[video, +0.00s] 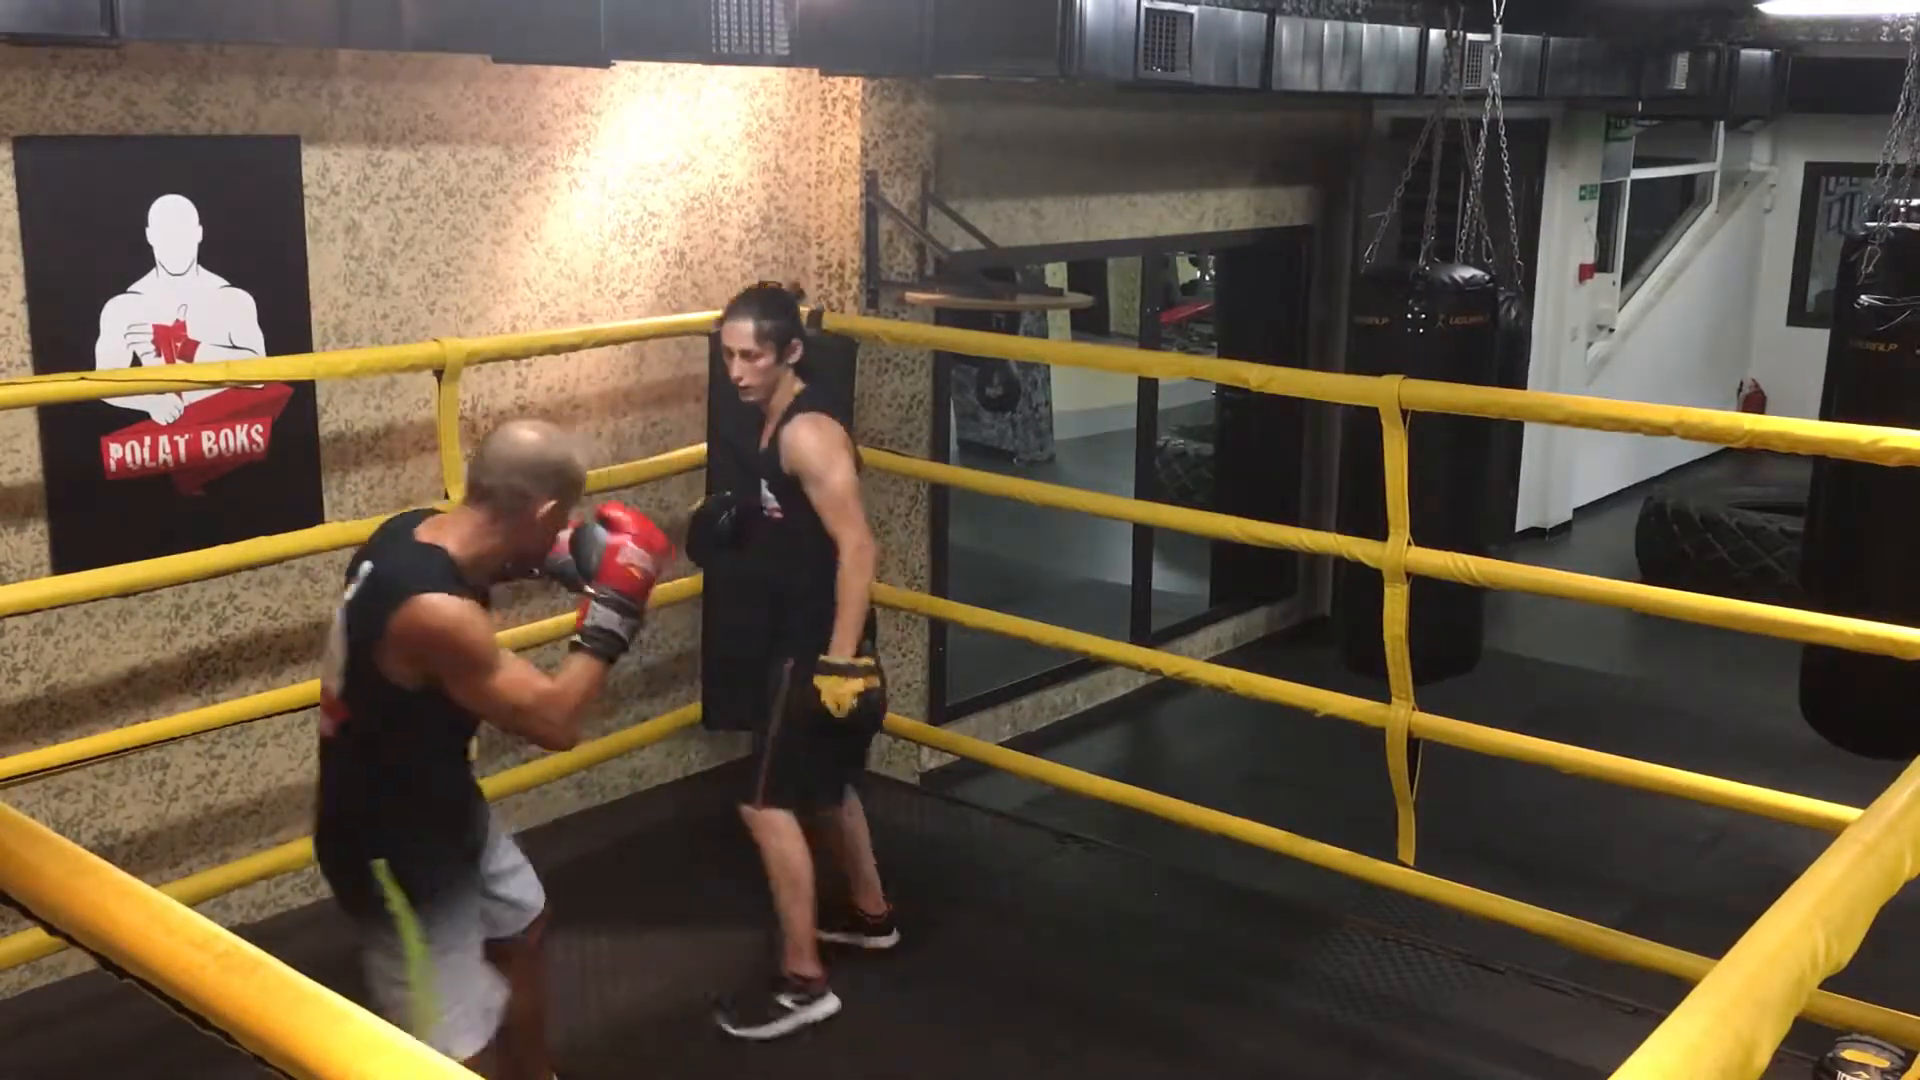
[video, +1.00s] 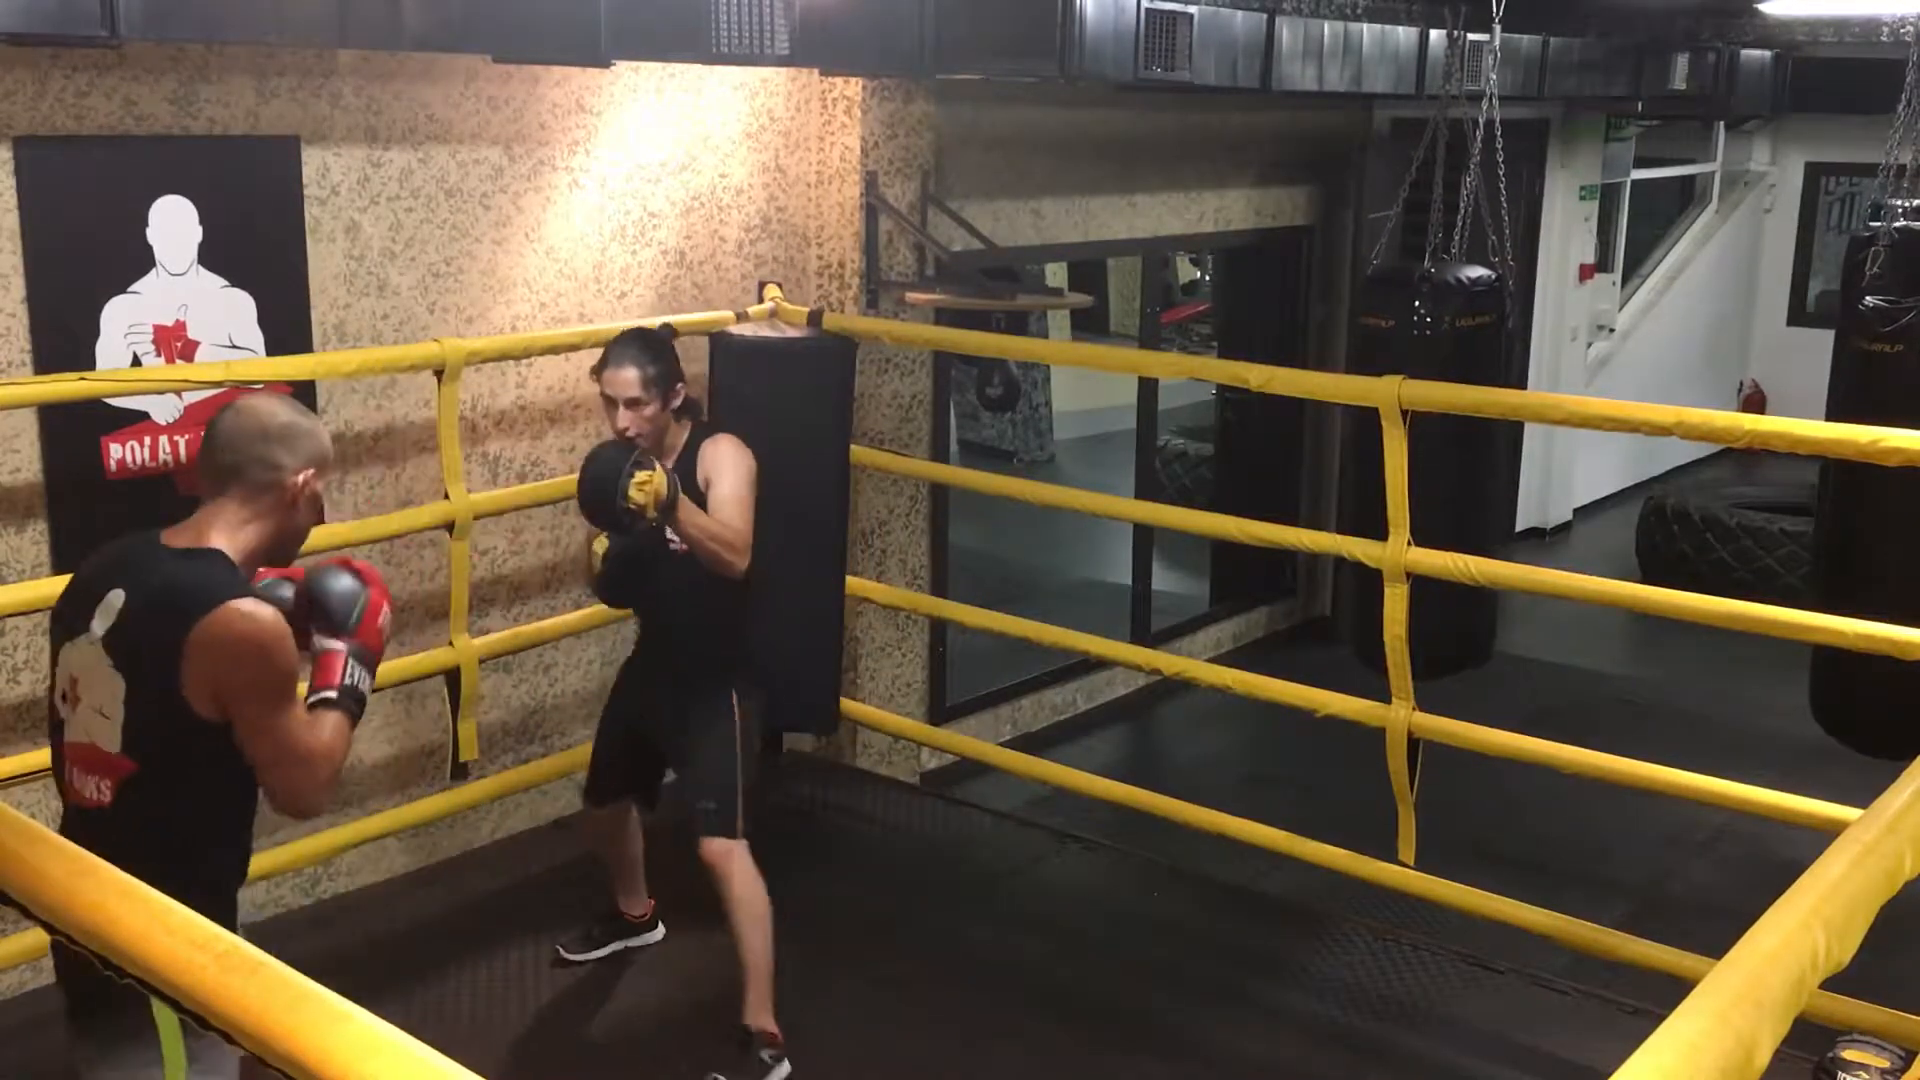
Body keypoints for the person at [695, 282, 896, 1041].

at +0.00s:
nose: (734, 369)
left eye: (747, 355)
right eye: (728, 355)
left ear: (789, 354)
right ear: (733, 354)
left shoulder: (809, 435)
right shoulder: (774, 427)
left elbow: (858, 546)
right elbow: (790, 531)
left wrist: (841, 659)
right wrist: (727, 532)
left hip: (813, 649)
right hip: (799, 637)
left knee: (768, 806)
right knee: (829, 788)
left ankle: (803, 981)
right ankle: (871, 913)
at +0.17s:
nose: (697, 377)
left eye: (708, 362)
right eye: (690, 363)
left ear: (747, 357)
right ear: (694, 360)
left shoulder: (773, 438)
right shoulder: (738, 422)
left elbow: (822, 549)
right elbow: (759, 518)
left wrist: (815, 662)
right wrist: (708, 534)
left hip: (768, 645)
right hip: (768, 634)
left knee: (711, 787)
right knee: (827, 771)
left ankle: (700, 937)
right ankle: (869, 909)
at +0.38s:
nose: (648, 405)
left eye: (661, 389)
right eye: (639, 390)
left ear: (697, 386)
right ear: (633, 385)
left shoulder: (720, 468)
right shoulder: (667, 442)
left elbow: (749, 592)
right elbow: (687, 529)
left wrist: (698, 689)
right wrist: (643, 553)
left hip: (723, 649)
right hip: (697, 639)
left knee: (651, 786)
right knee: (698, 779)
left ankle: (654, 933)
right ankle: (802, 869)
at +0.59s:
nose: (626, 384)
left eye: (639, 366)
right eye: (614, 369)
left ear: (673, 358)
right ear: (606, 367)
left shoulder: (710, 435)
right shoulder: (628, 422)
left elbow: (758, 544)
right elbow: (617, 506)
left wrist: (667, 599)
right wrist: (596, 537)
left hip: (703, 636)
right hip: (648, 623)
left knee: (654, 780)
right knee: (620, 764)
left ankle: (655, 932)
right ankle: (629, 913)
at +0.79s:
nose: (617, 410)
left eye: (630, 391)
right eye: (605, 393)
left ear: (667, 382)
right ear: (596, 390)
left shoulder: (713, 439)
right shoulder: (616, 453)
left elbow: (729, 540)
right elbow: (590, 570)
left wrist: (660, 488)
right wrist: (607, 536)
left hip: (709, 645)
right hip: (646, 636)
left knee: (654, 804)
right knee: (593, 788)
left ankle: (683, 952)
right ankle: (635, 914)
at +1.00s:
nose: (619, 422)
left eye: (632, 406)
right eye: (610, 407)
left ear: (673, 396)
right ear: (606, 403)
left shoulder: (722, 456)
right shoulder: (621, 469)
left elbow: (736, 554)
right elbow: (606, 576)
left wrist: (668, 501)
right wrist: (615, 541)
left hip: (721, 670)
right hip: (654, 661)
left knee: (720, 844)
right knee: (608, 802)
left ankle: (763, 1032)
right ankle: (635, 915)